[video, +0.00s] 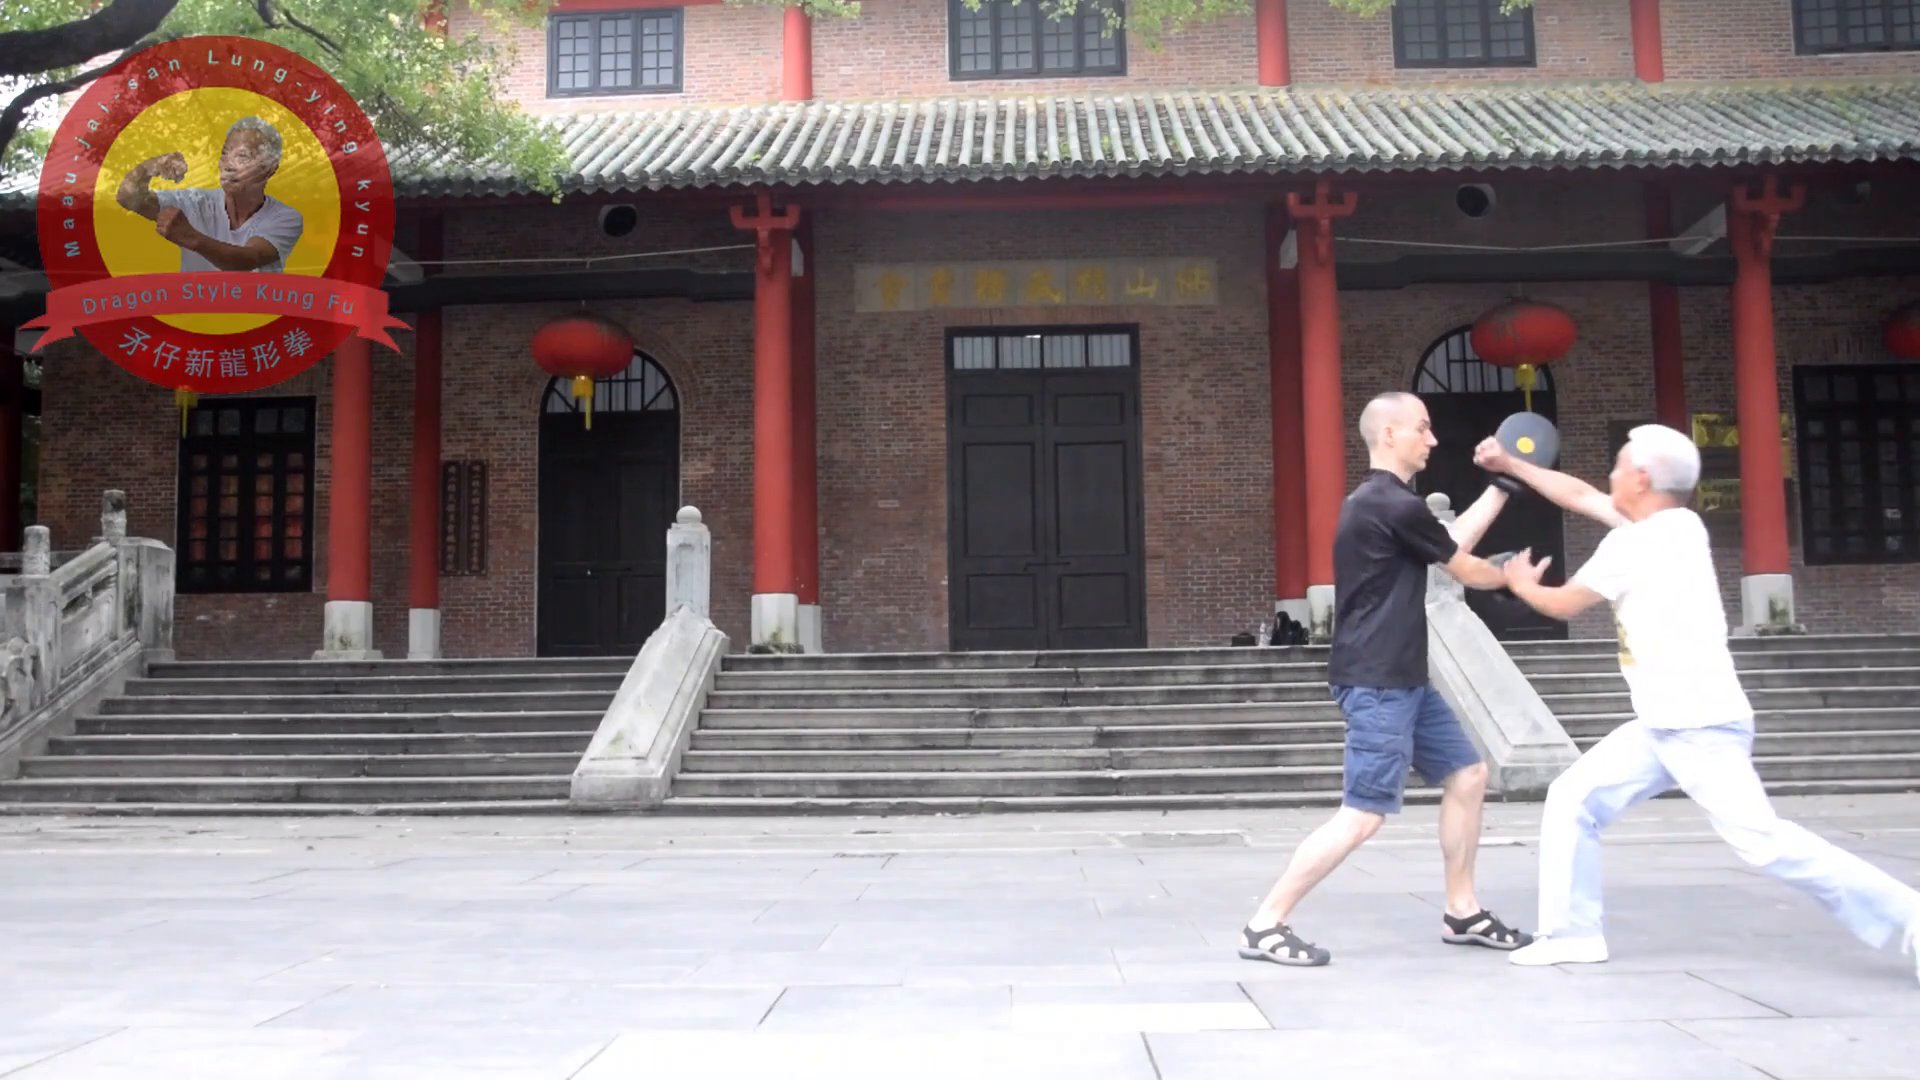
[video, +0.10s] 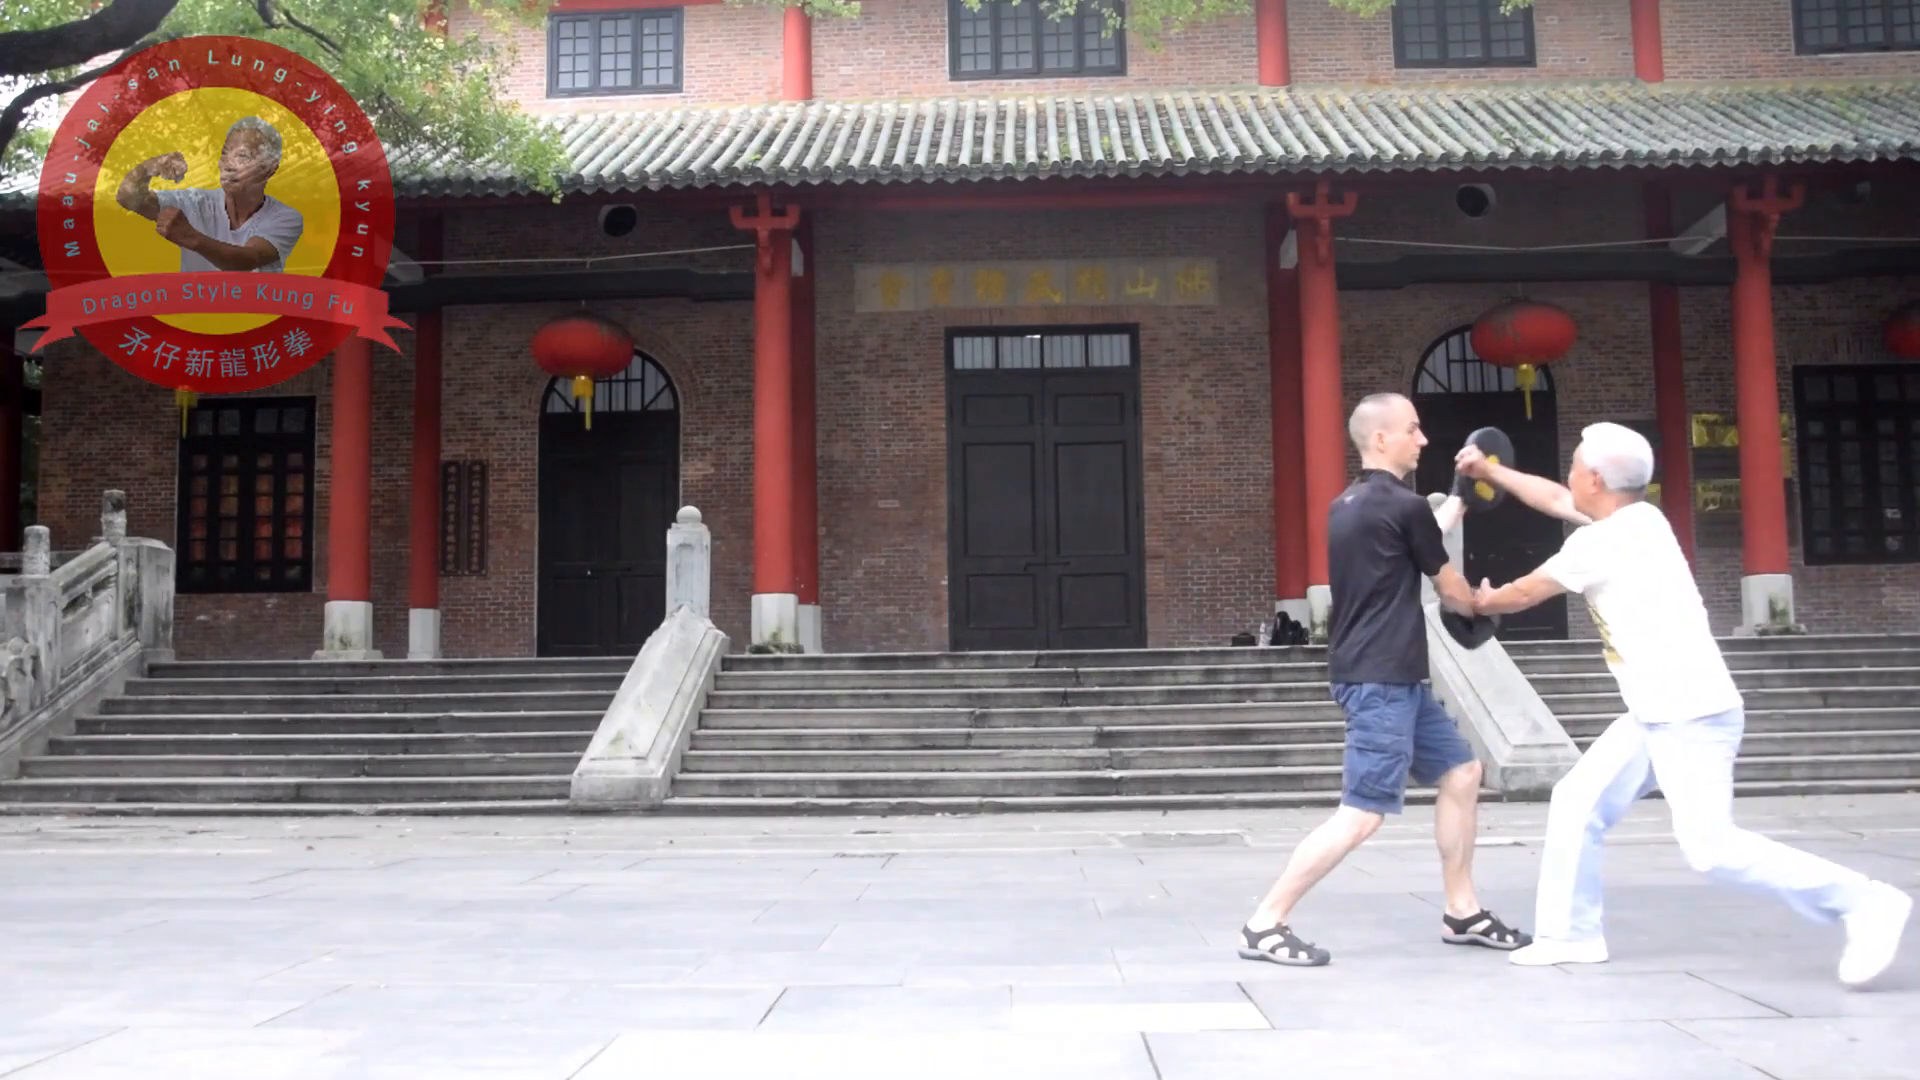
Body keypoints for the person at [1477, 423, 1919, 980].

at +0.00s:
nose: (1612, 472)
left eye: (1620, 466)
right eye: (1618, 463)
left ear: (1643, 482)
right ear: (1654, 483)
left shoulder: (1637, 541)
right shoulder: (1678, 526)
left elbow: (1565, 604)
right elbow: (1582, 495)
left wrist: (1524, 586)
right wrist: (1512, 463)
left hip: (1696, 722)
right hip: (1669, 720)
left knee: (1759, 841)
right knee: (1571, 798)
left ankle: (1906, 917)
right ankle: (1572, 935)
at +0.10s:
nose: (1568, 474)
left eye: (1575, 466)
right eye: (1574, 465)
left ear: (1594, 481)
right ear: (1620, 479)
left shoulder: (1604, 540)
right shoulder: (1641, 518)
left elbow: (1524, 593)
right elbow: (1557, 498)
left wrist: (1480, 602)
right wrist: (1489, 469)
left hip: (1691, 715)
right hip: (1657, 712)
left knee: (1708, 847)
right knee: (1574, 803)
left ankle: (1868, 903)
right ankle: (1572, 935)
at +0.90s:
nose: (1548, 464)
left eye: (1555, 453)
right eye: (1551, 453)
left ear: (1589, 463)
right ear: (1598, 465)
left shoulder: (1583, 522)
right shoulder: (1630, 511)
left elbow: (1510, 583)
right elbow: (1540, 503)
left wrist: (1464, 553)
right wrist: (1473, 480)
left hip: (1655, 701)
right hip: (1653, 699)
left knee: (1653, 837)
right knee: (1568, 803)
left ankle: (1757, 967)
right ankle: (1578, 938)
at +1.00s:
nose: (1546, 467)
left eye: (1554, 455)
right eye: (1548, 456)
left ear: (1588, 463)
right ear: (1596, 464)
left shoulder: (1581, 521)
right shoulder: (1628, 510)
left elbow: (1507, 581)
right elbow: (1537, 503)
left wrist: (1460, 551)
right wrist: (1471, 479)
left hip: (1653, 701)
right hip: (1653, 698)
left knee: (1655, 839)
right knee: (1568, 803)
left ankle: (1758, 967)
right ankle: (1577, 938)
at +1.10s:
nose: (1543, 465)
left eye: (1551, 453)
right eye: (1546, 454)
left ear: (1585, 462)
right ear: (1594, 463)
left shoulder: (1578, 521)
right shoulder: (1627, 510)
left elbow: (1503, 581)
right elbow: (1537, 503)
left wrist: (1456, 552)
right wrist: (1470, 478)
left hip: (1652, 700)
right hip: (1653, 697)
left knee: (1654, 839)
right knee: (1567, 804)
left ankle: (1758, 968)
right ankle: (1578, 939)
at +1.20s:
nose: (1538, 468)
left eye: (1546, 456)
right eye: (1541, 457)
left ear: (1581, 464)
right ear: (1590, 466)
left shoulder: (1572, 523)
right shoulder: (1625, 511)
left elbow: (1495, 582)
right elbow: (1536, 503)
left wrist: (1450, 552)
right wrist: (1470, 476)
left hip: (1651, 700)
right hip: (1652, 697)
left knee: (1653, 841)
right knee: (1565, 805)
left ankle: (1759, 969)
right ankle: (1577, 941)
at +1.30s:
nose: (1532, 476)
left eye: (1539, 464)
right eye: (1533, 465)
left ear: (1573, 468)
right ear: (1584, 469)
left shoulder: (1567, 524)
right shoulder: (1624, 512)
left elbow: (1485, 580)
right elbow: (1534, 502)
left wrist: (1436, 548)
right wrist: (1470, 474)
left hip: (1647, 700)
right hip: (1658, 694)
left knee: (1653, 842)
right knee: (1564, 807)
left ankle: (1759, 968)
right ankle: (1578, 941)